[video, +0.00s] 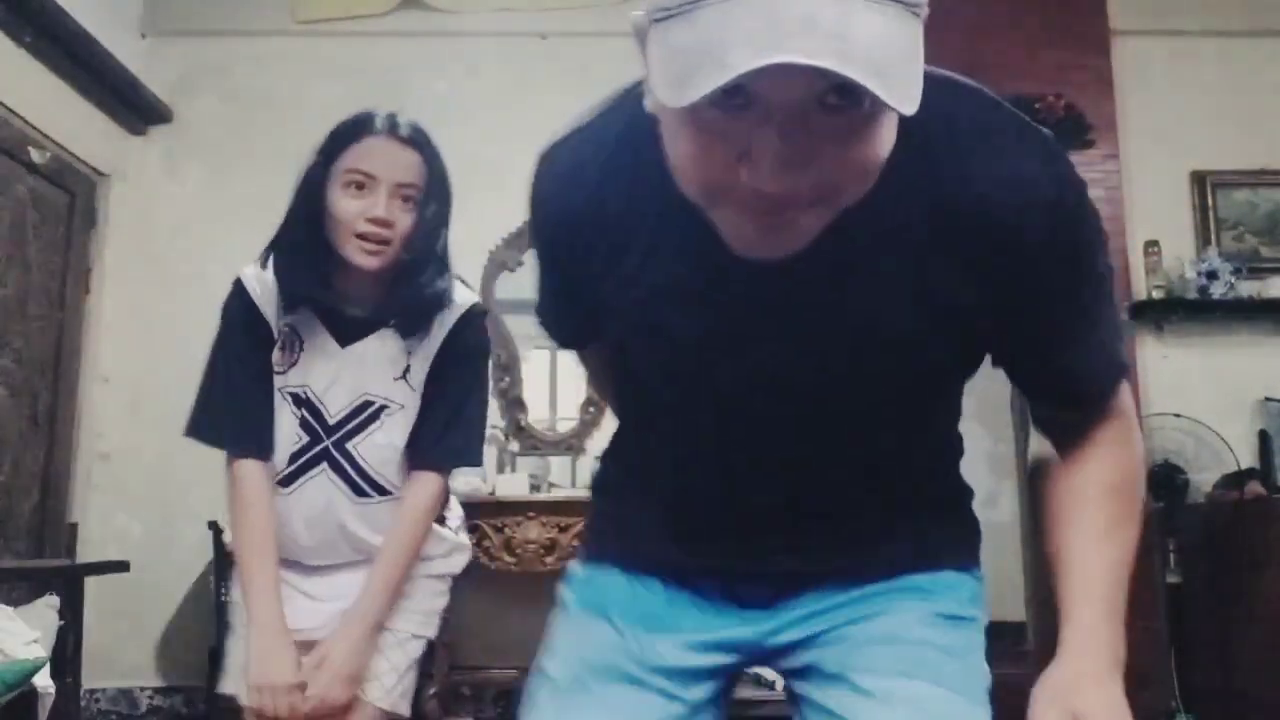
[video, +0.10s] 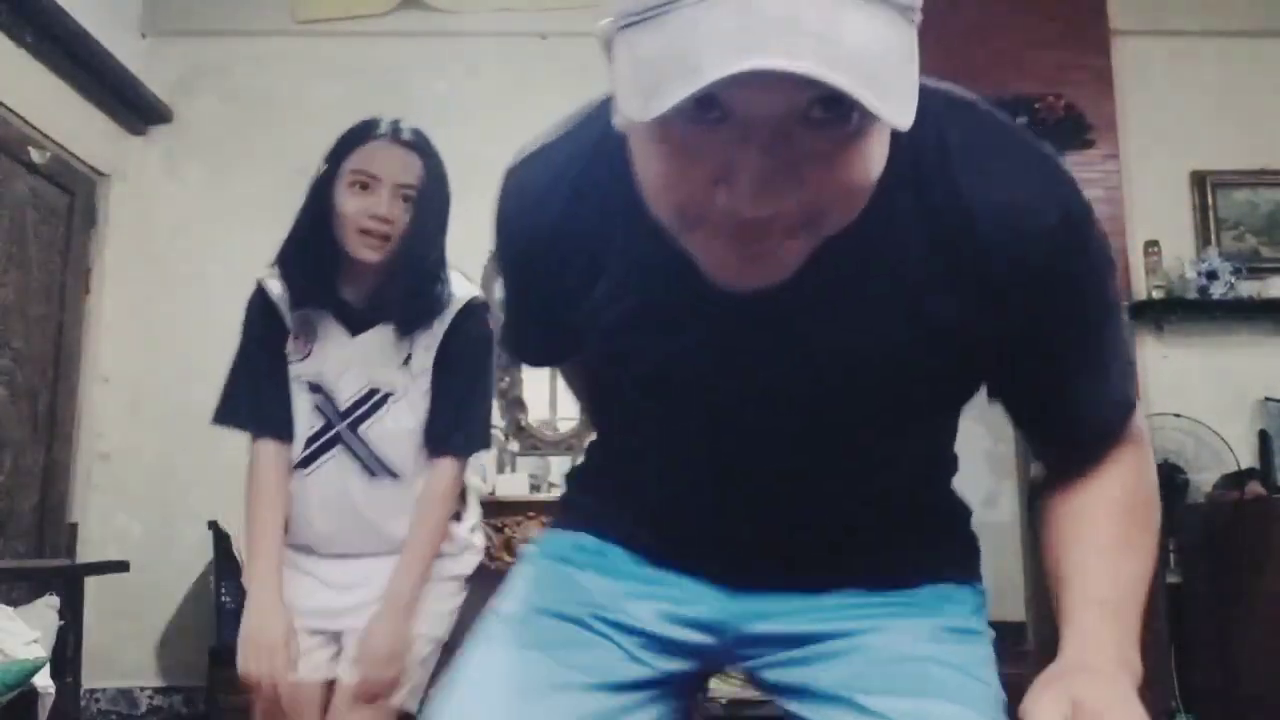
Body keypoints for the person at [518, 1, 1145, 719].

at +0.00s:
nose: (779, 161)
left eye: (835, 103)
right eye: (731, 99)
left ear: (896, 87)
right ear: (656, 79)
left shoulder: (1003, 186)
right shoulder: (585, 186)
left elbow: (1094, 422)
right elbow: (616, 379)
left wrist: (1090, 664)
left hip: (896, 585)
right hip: (645, 577)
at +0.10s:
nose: (753, 185)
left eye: (821, 117)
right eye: (701, 113)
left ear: (895, 101)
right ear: (627, 88)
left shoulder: (1005, 205)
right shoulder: (554, 201)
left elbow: (1096, 445)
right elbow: (600, 392)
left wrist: (1097, 664)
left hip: (886, 593)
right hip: (617, 568)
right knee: (472, 709)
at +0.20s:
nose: (727, 239)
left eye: (798, 162)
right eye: (674, 157)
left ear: (880, 149)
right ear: (596, 131)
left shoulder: (995, 245)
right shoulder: (525, 240)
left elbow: (1095, 497)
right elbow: (475, 425)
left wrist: (1102, 679)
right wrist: (416, 614)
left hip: (872, 624)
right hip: (583, 601)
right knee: (381, 710)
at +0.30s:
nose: (698, 340)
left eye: (769, 265)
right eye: (641, 264)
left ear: (852, 246)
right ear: (552, 244)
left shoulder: (988, 369)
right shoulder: (480, 347)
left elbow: (1105, 626)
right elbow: (459, 498)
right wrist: (423, 632)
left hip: (851, 691)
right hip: (561, 685)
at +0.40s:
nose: (680, 489)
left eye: (755, 411)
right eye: (610, 411)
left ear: (834, 396)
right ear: (504, 390)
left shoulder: (976, 535)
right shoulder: (428, 514)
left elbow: (1093, 711)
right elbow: (386, 664)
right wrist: (378, 695)